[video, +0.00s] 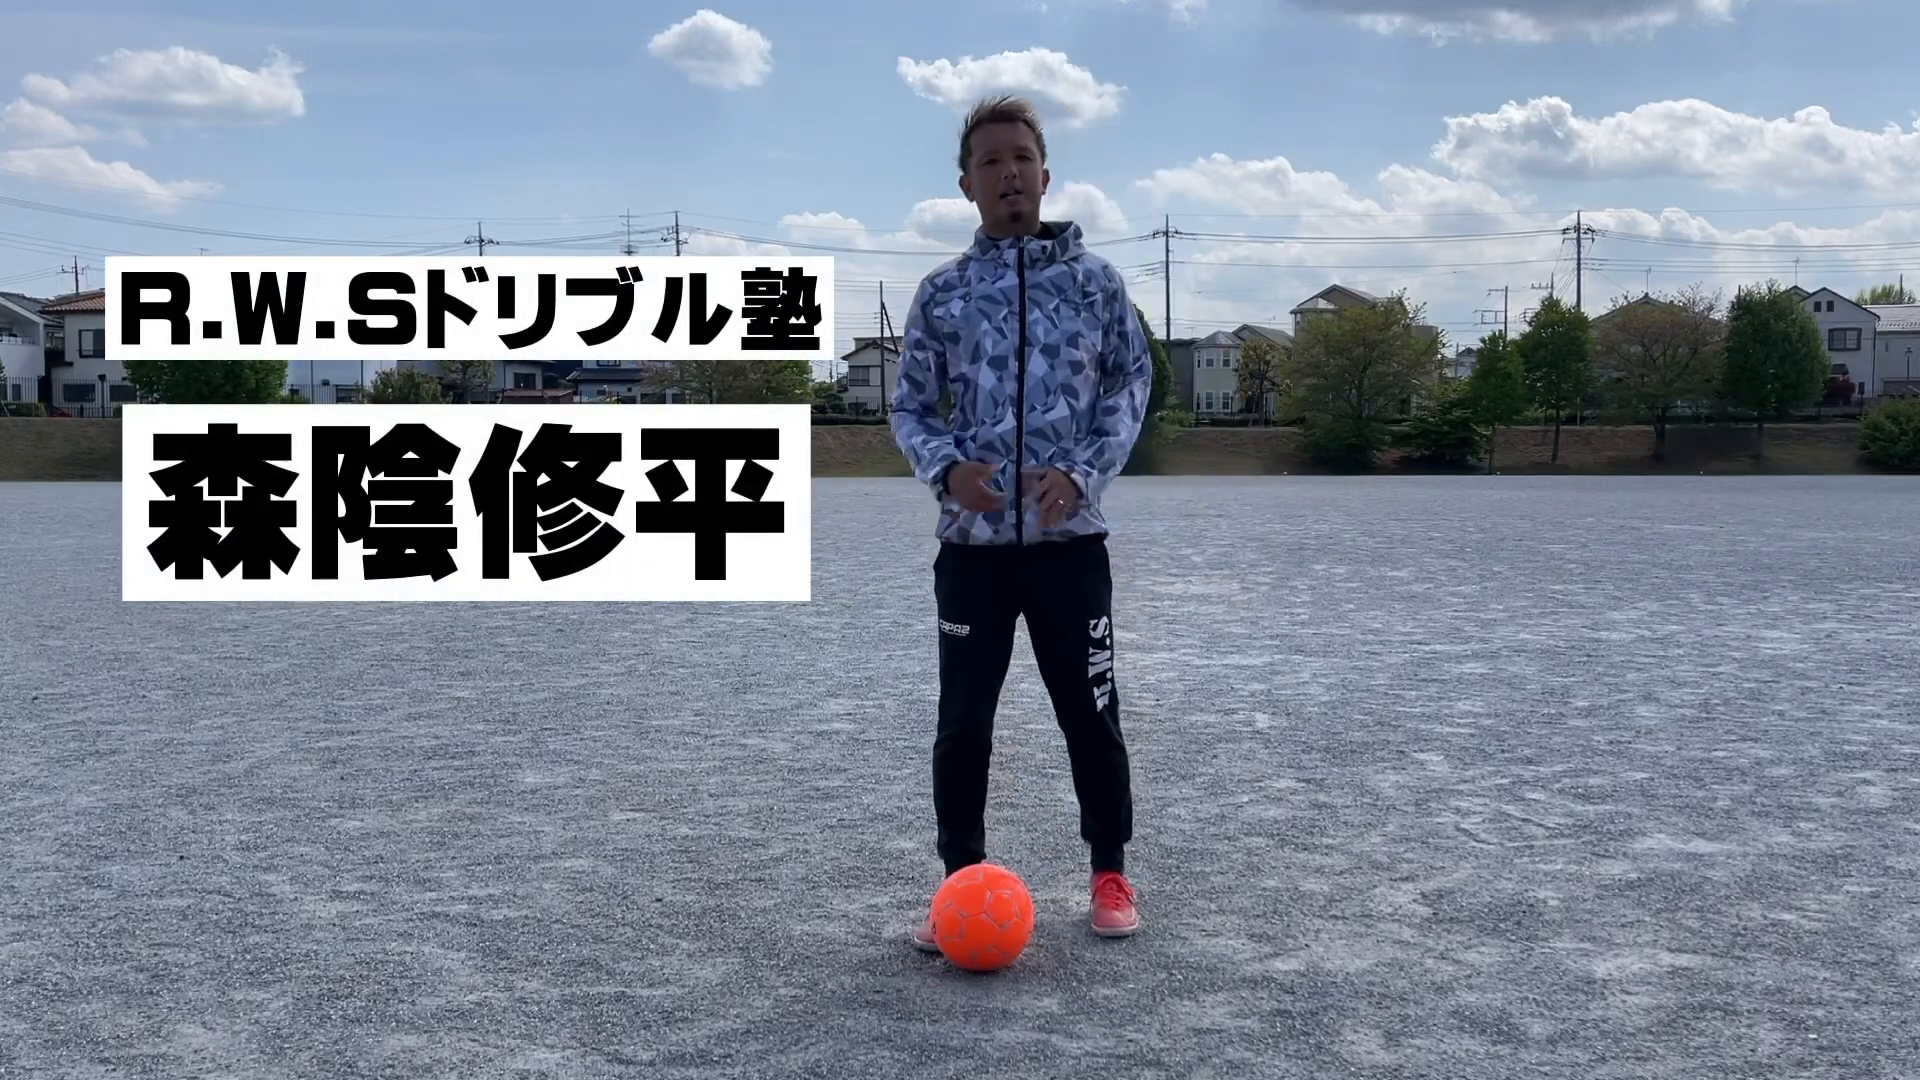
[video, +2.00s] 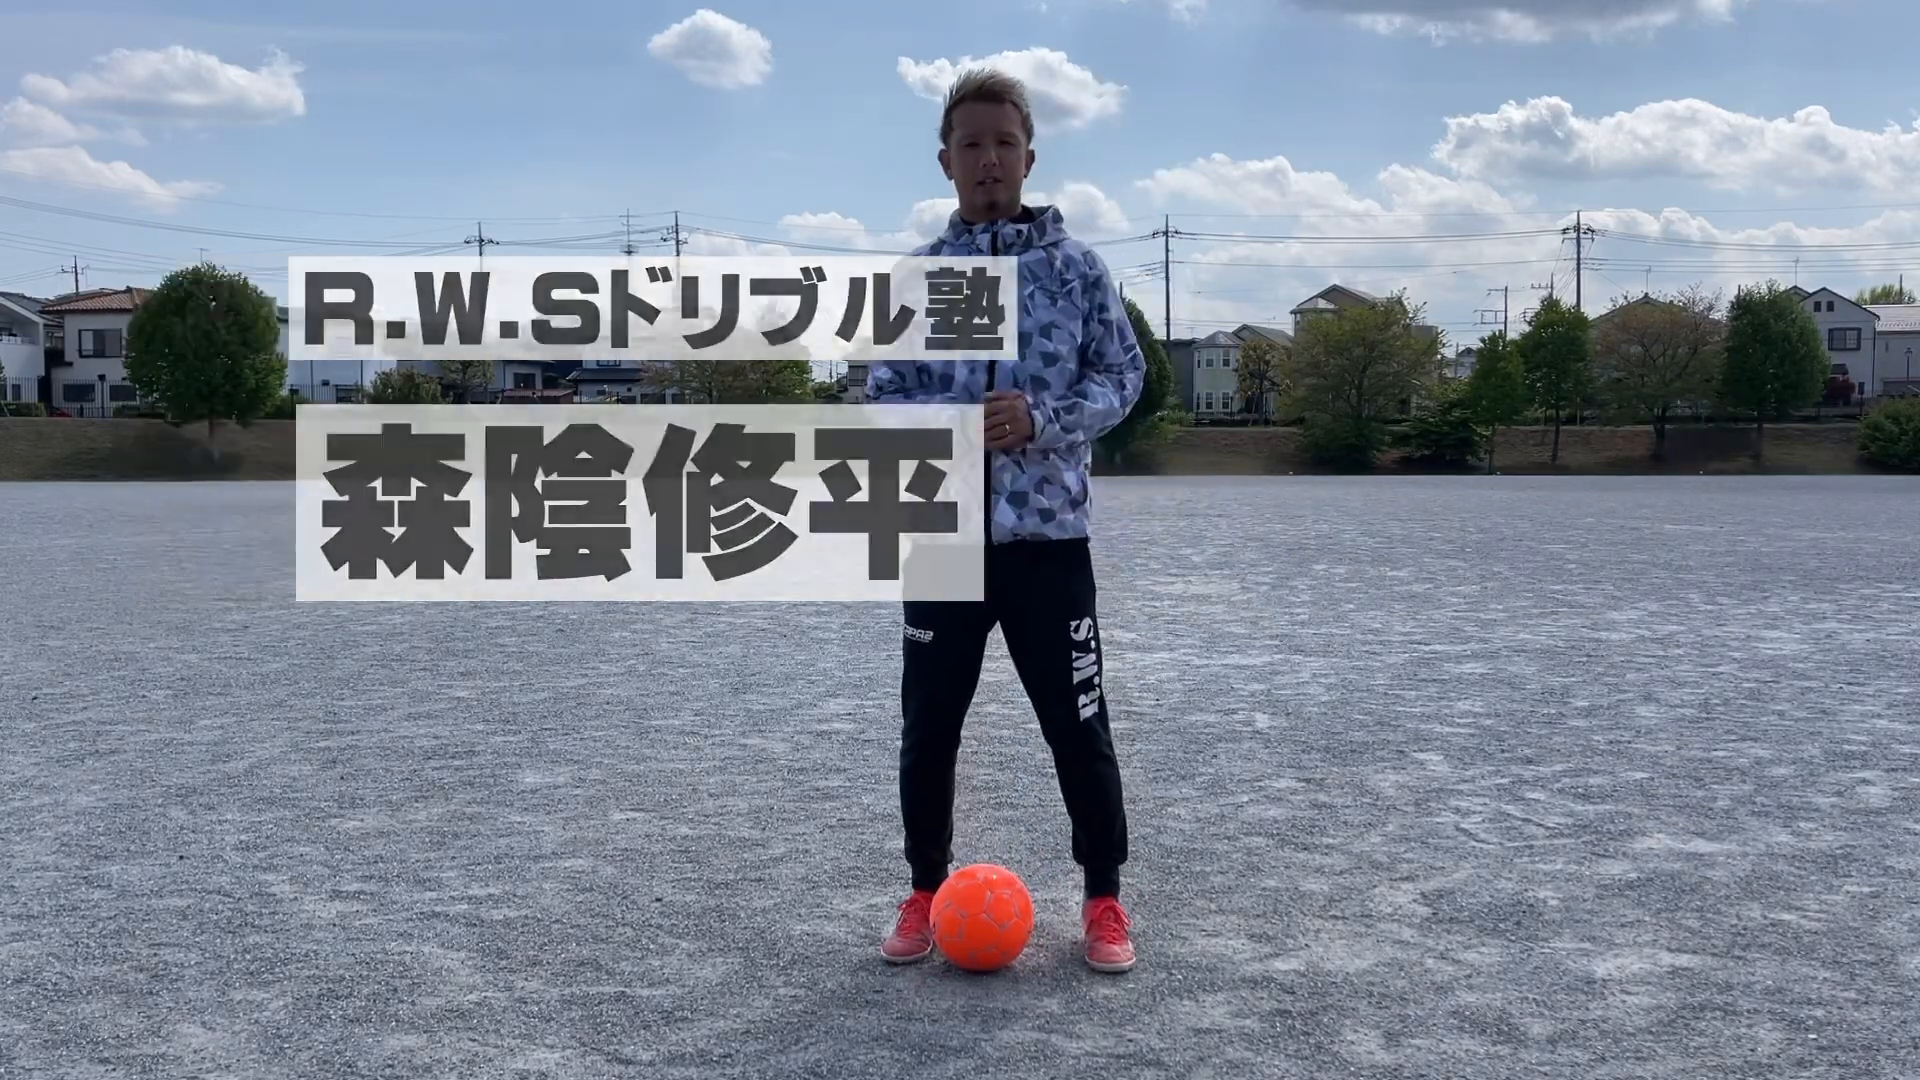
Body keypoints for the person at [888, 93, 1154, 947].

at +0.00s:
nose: (1010, 173)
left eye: (1023, 158)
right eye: (991, 161)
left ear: (1046, 171)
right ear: (967, 180)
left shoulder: (1093, 280)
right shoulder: (943, 292)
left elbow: (1130, 388)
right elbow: (910, 408)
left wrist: (1087, 471)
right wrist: (946, 466)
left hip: (1068, 541)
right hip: (974, 545)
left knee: (1091, 713)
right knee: (962, 719)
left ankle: (1108, 874)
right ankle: (961, 888)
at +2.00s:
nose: (989, 159)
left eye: (1005, 142)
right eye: (971, 144)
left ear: (1030, 153)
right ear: (946, 158)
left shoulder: (1075, 266)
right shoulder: (914, 275)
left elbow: (1122, 382)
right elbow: (872, 384)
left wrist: (1042, 419)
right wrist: (941, 418)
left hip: (1045, 536)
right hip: (941, 536)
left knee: (1078, 723)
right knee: (927, 725)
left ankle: (1103, 902)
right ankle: (925, 894)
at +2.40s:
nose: (1004, 151)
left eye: (1022, 136)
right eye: (988, 135)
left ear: (1046, 151)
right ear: (963, 150)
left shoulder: (1088, 265)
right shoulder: (927, 269)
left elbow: (1118, 400)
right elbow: (900, 404)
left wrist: (1129, 510)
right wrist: (886, 513)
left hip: (1056, 535)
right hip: (951, 535)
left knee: (1082, 725)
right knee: (933, 727)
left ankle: (1103, 901)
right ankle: (927, 894)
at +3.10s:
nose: (1036, 161)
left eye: (1052, 146)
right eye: (1019, 146)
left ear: (1073, 164)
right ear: (991, 163)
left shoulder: (1107, 279)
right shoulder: (952, 279)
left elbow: (1124, 389)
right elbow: (931, 401)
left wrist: (1064, 454)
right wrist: (998, 444)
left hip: (1069, 542)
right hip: (968, 540)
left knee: (1086, 730)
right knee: (947, 728)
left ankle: (1101, 905)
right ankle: (931, 897)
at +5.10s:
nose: (1016, 165)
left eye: (1035, 151)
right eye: (1004, 151)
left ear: (1071, 167)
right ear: (990, 166)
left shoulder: (1113, 281)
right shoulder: (955, 285)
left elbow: (1150, 394)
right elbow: (917, 400)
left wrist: (1060, 391)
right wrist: (981, 388)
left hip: (1070, 538)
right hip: (970, 538)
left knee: (1084, 728)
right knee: (950, 727)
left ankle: (1097, 898)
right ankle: (933, 894)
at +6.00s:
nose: (1016, 162)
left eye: (1033, 149)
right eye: (999, 150)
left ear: (1057, 167)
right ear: (977, 169)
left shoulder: (1099, 280)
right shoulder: (942, 288)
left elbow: (1140, 392)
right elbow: (907, 406)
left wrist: (1047, 400)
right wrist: (962, 409)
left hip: (1061, 540)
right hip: (960, 540)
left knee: (1080, 728)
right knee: (944, 732)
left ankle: (1097, 897)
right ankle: (935, 897)